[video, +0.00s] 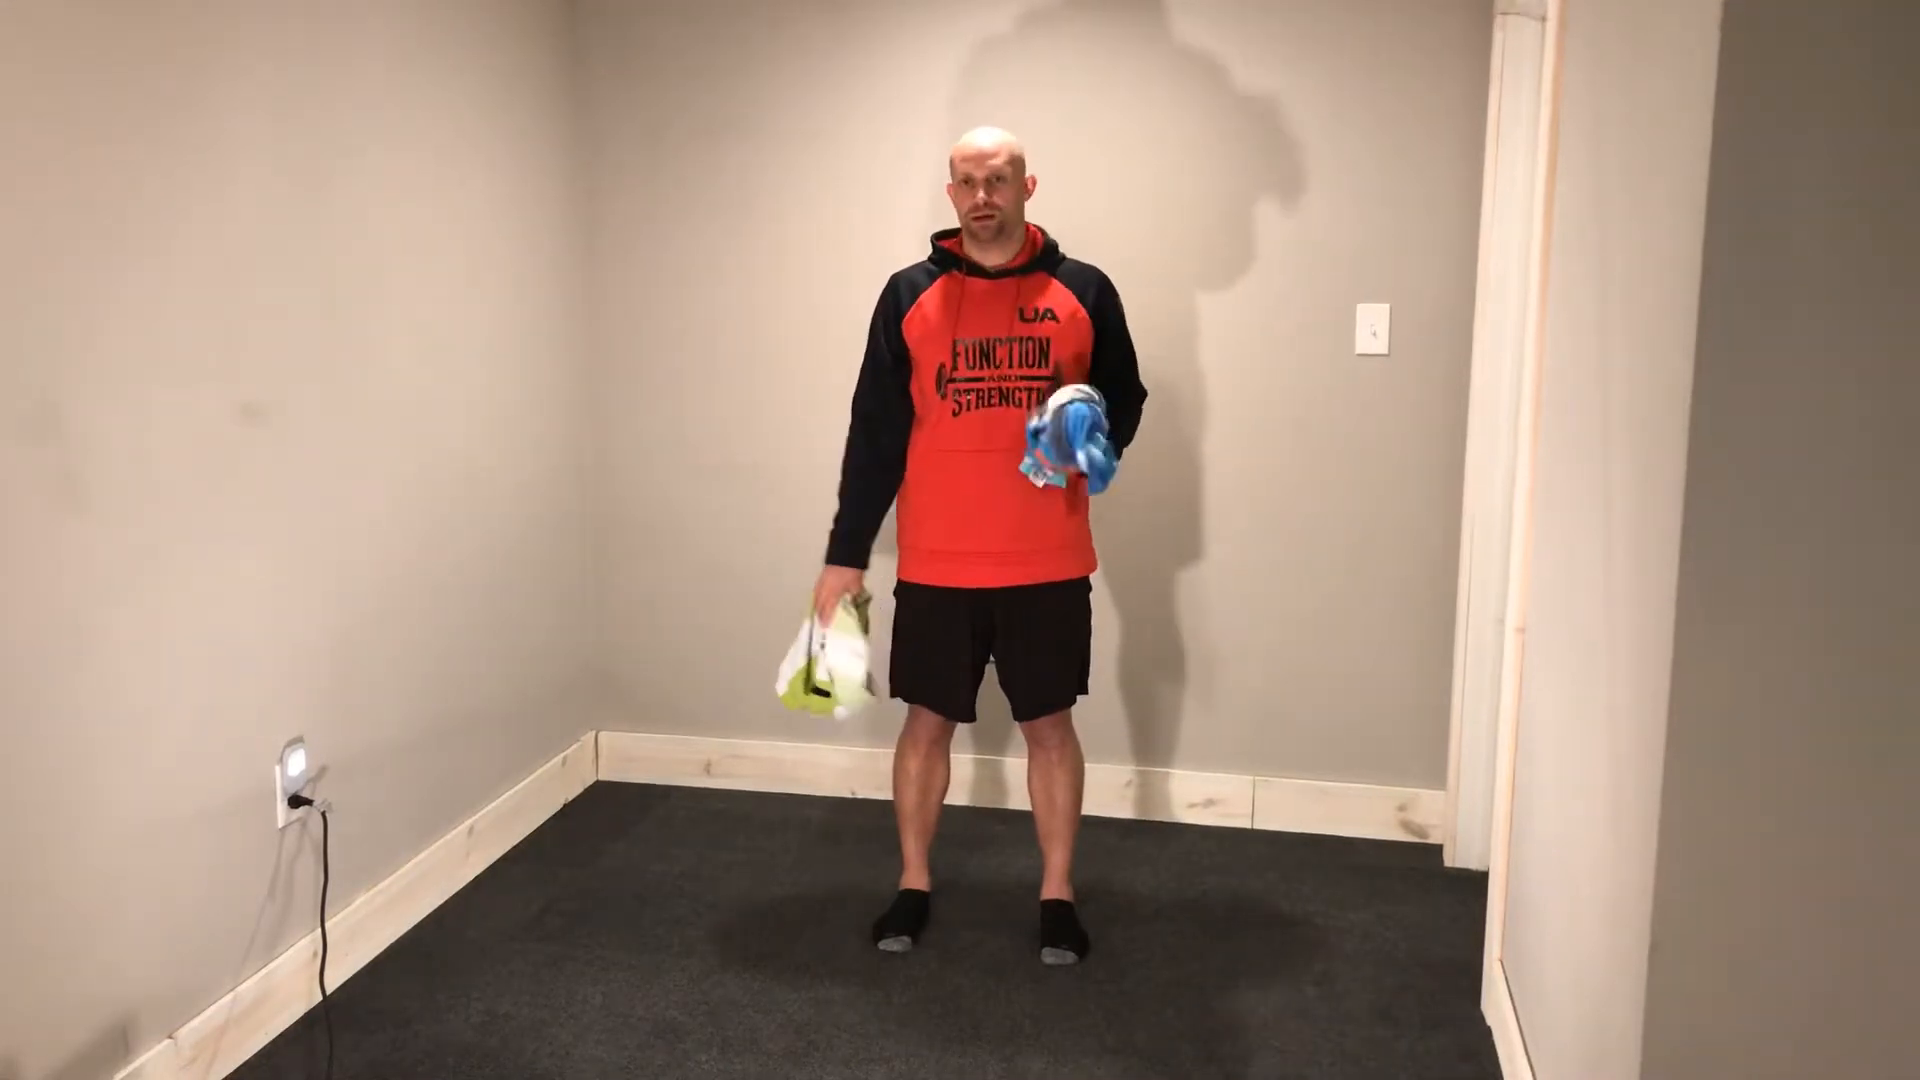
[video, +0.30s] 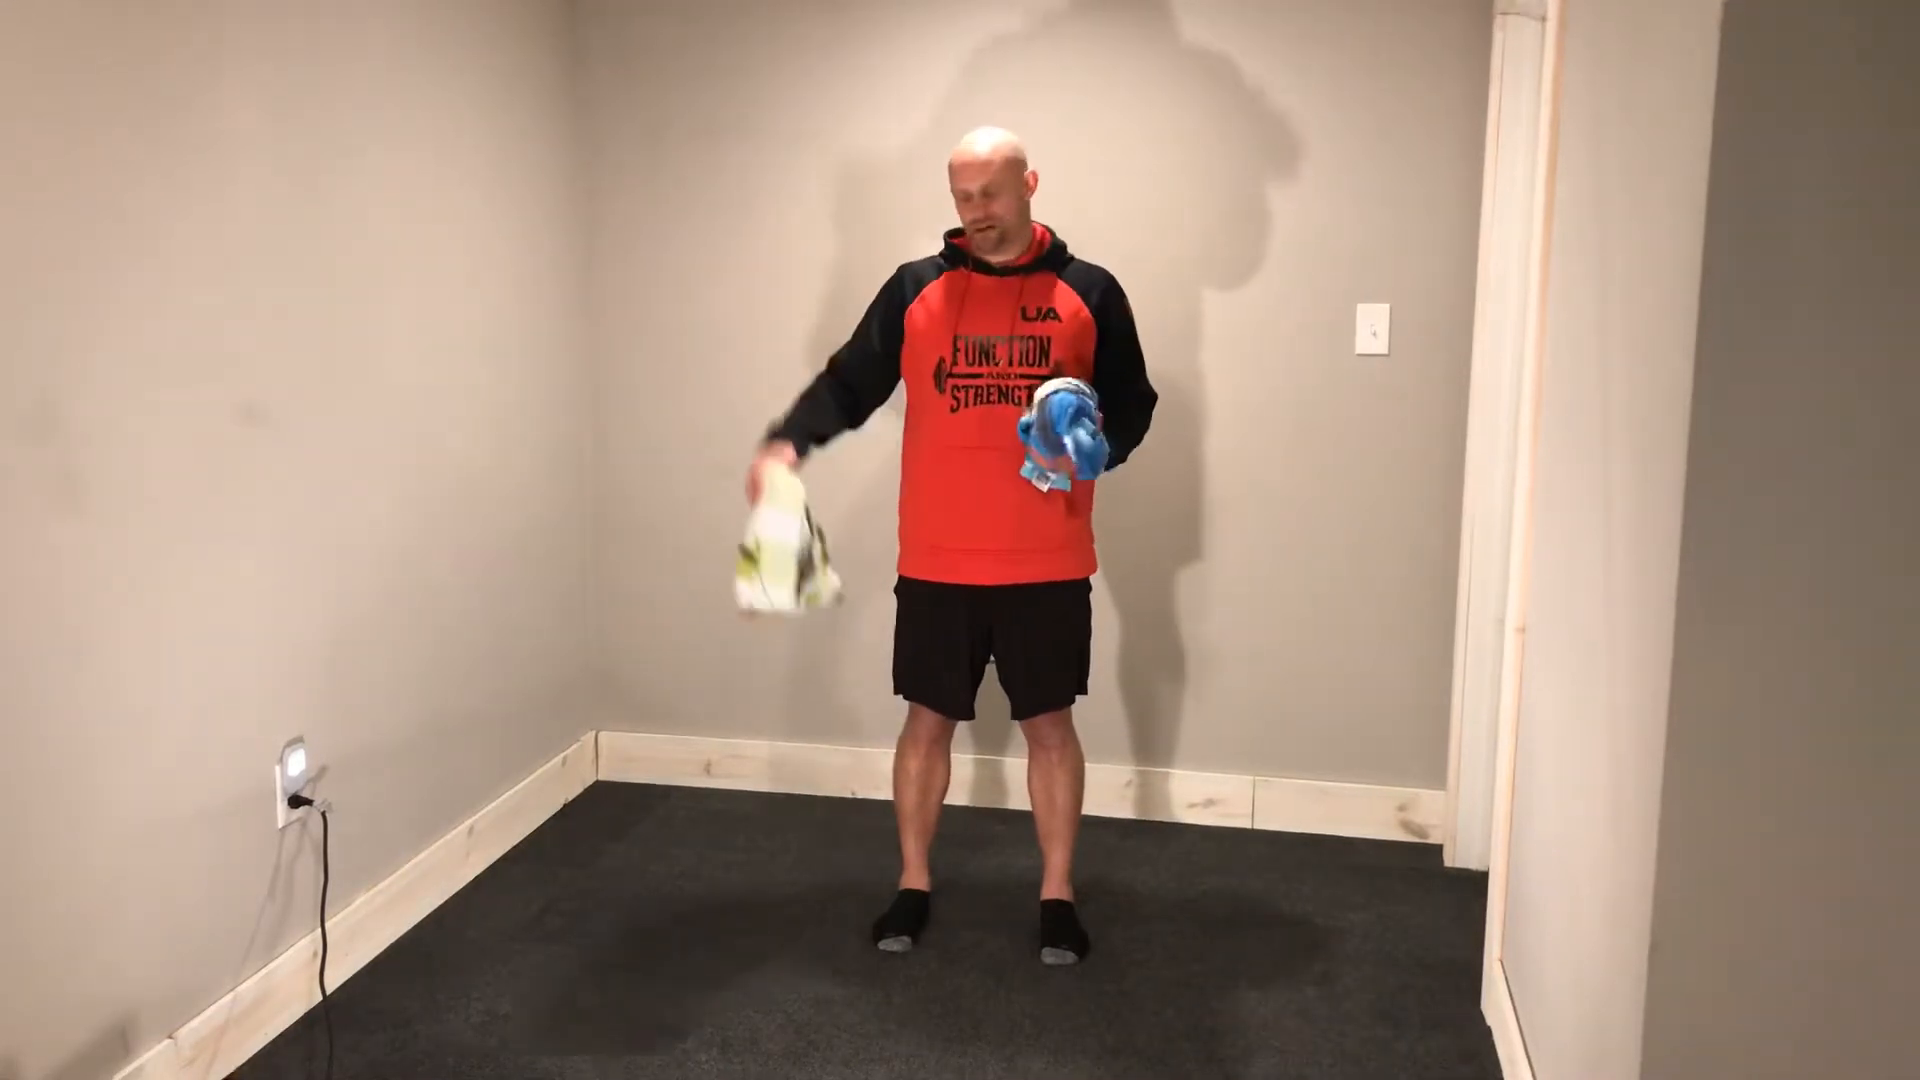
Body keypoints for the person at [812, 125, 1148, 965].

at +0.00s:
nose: (980, 196)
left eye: (996, 181)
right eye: (966, 183)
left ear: (1028, 188)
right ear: (950, 193)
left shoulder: (1084, 292)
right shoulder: (910, 296)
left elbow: (1124, 399)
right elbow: (875, 433)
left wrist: (1090, 438)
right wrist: (845, 554)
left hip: (1045, 559)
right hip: (938, 561)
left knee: (1048, 725)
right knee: (926, 720)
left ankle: (1058, 897)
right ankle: (912, 888)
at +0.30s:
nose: (975, 216)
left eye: (989, 199)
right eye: (961, 201)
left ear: (1029, 186)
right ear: (948, 198)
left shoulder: (1090, 293)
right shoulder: (915, 291)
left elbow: (1130, 406)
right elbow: (850, 381)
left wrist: (1093, 444)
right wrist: (786, 440)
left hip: (1046, 558)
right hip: (938, 557)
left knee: (1048, 722)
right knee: (928, 715)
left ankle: (1057, 897)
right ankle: (912, 887)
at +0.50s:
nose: (964, 221)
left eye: (979, 204)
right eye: (956, 205)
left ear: (1029, 192)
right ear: (948, 200)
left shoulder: (1092, 298)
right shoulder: (921, 286)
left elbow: (1131, 412)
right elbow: (842, 351)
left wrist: (1090, 450)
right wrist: (762, 337)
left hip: (1042, 560)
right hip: (936, 556)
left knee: (1046, 722)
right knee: (926, 716)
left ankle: (1058, 897)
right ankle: (911, 887)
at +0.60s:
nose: (970, 219)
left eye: (984, 201)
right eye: (960, 202)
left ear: (1033, 192)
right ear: (953, 200)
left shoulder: (1092, 298)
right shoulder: (918, 285)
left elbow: (1131, 411)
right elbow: (834, 341)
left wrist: (1091, 456)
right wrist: (763, 308)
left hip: (1041, 561)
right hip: (934, 556)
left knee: (1046, 722)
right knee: (926, 718)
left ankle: (1057, 899)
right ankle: (912, 887)